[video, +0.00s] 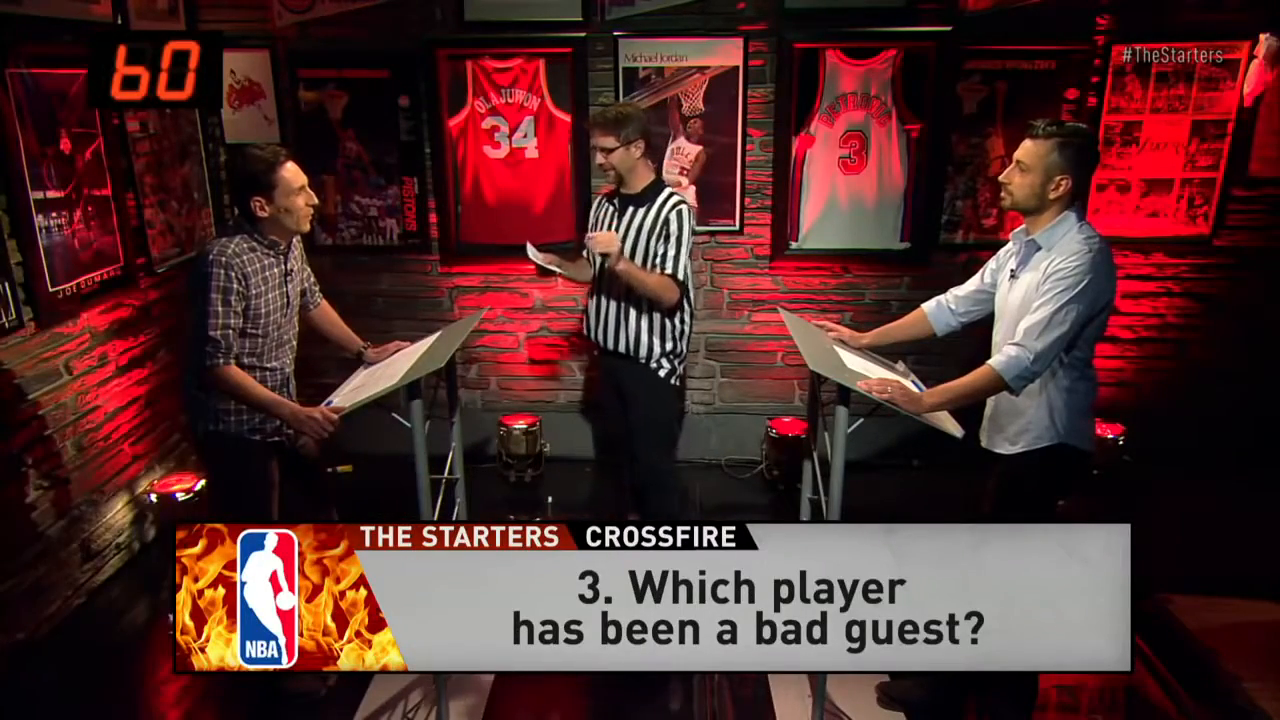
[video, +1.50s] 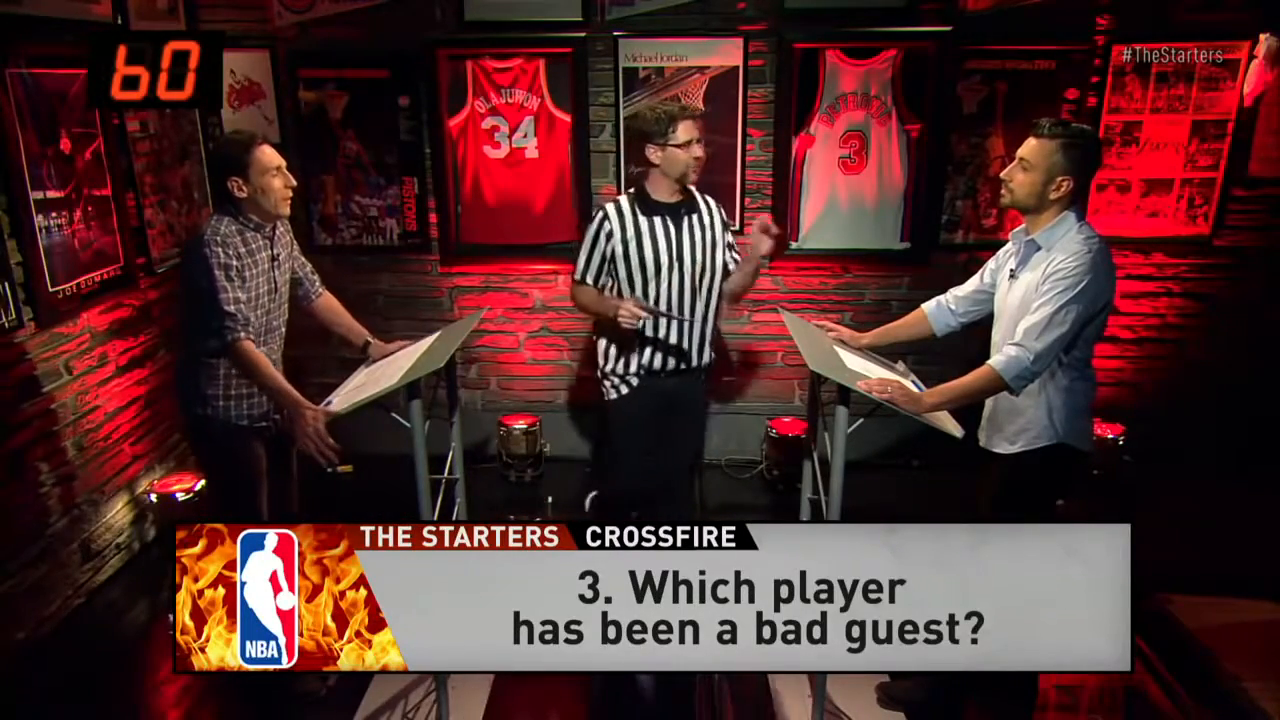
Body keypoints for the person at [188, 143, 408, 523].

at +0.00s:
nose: (313, 200)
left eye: (309, 188)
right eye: (300, 192)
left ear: (266, 207)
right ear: (262, 207)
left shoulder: (290, 245)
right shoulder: (226, 261)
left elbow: (313, 303)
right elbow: (217, 365)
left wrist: (363, 350)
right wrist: (292, 412)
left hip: (284, 426)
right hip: (237, 435)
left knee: (303, 527)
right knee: (250, 539)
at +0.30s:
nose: (311, 200)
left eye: (306, 188)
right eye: (297, 193)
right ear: (259, 208)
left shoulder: (290, 244)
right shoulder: (226, 260)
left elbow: (313, 302)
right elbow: (217, 365)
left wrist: (364, 350)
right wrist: (292, 413)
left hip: (283, 425)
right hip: (237, 436)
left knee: (298, 526)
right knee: (251, 538)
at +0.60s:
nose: (305, 198)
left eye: (300, 185)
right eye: (289, 189)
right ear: (252, 206)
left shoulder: (287, 243)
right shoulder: (222, 257)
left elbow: (312, 301)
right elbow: (218, 362)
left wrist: (364, 350)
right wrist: (291, 411)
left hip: (279, 422)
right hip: (233, 433)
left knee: (296, 523)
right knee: (248, 535)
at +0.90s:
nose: (295, 191)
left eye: (290, 179)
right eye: (280, 183)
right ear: (243, 200)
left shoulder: (283, 239)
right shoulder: (215, 253)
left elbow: (310, 301)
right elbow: (219, 358)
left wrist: (365, 350)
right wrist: (294, 409)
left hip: (278, 421)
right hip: (231, 431)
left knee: (293, 524)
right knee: (248, 536)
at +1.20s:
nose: (291, 184)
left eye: (285, 173)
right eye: (275, 176)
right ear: (239, 192)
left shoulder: (279, 235)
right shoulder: (215, 249)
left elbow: (312, 298)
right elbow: (225, 350)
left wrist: (370, 346)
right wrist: (294, 407)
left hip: (280, 415)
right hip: (232, 426)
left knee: (295, 521)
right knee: (249, 532)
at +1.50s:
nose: (292, 181)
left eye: (286, 170)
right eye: (276, 173)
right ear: (239, 187)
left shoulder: (277, 231)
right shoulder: (215, 245)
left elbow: (313, 293)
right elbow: (237, 341)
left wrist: (371, 345)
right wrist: (298, 407)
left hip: (274, 407)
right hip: (227, 416)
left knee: (285, 518)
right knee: (247, 527)